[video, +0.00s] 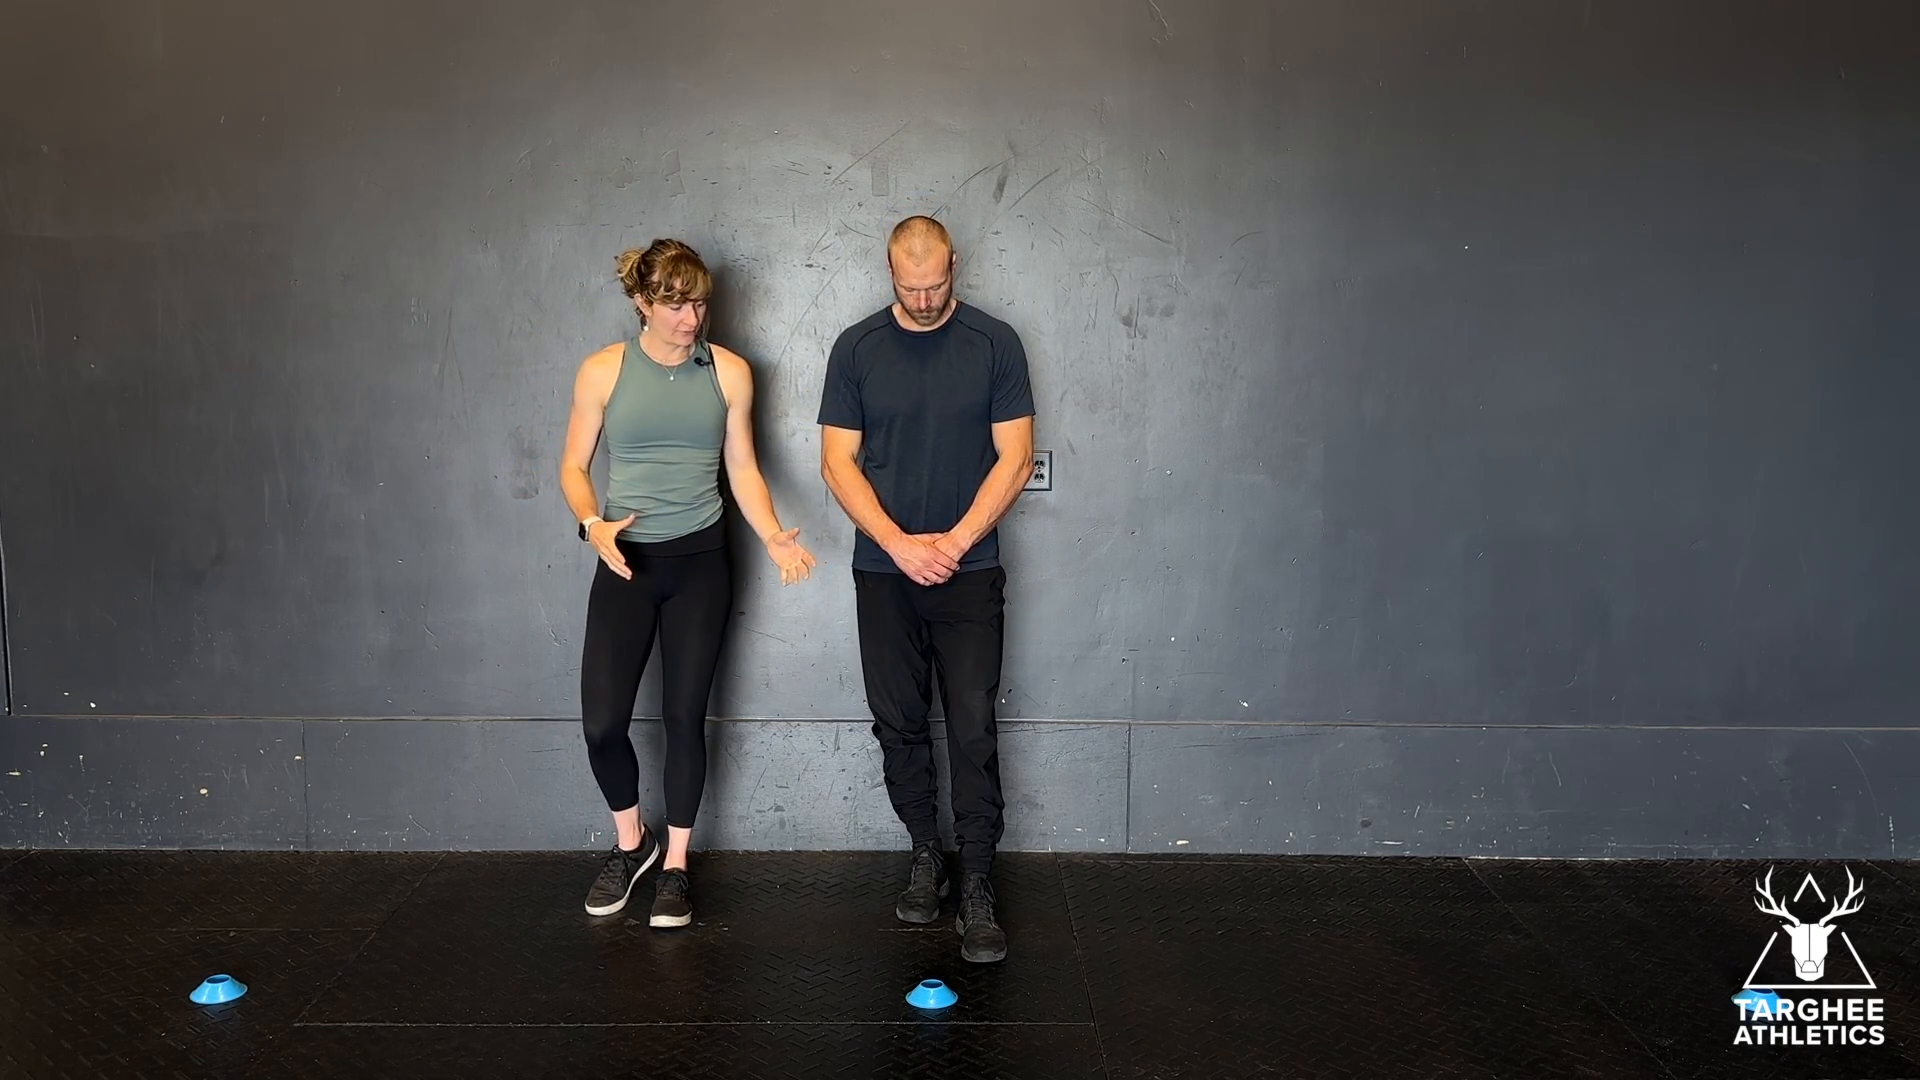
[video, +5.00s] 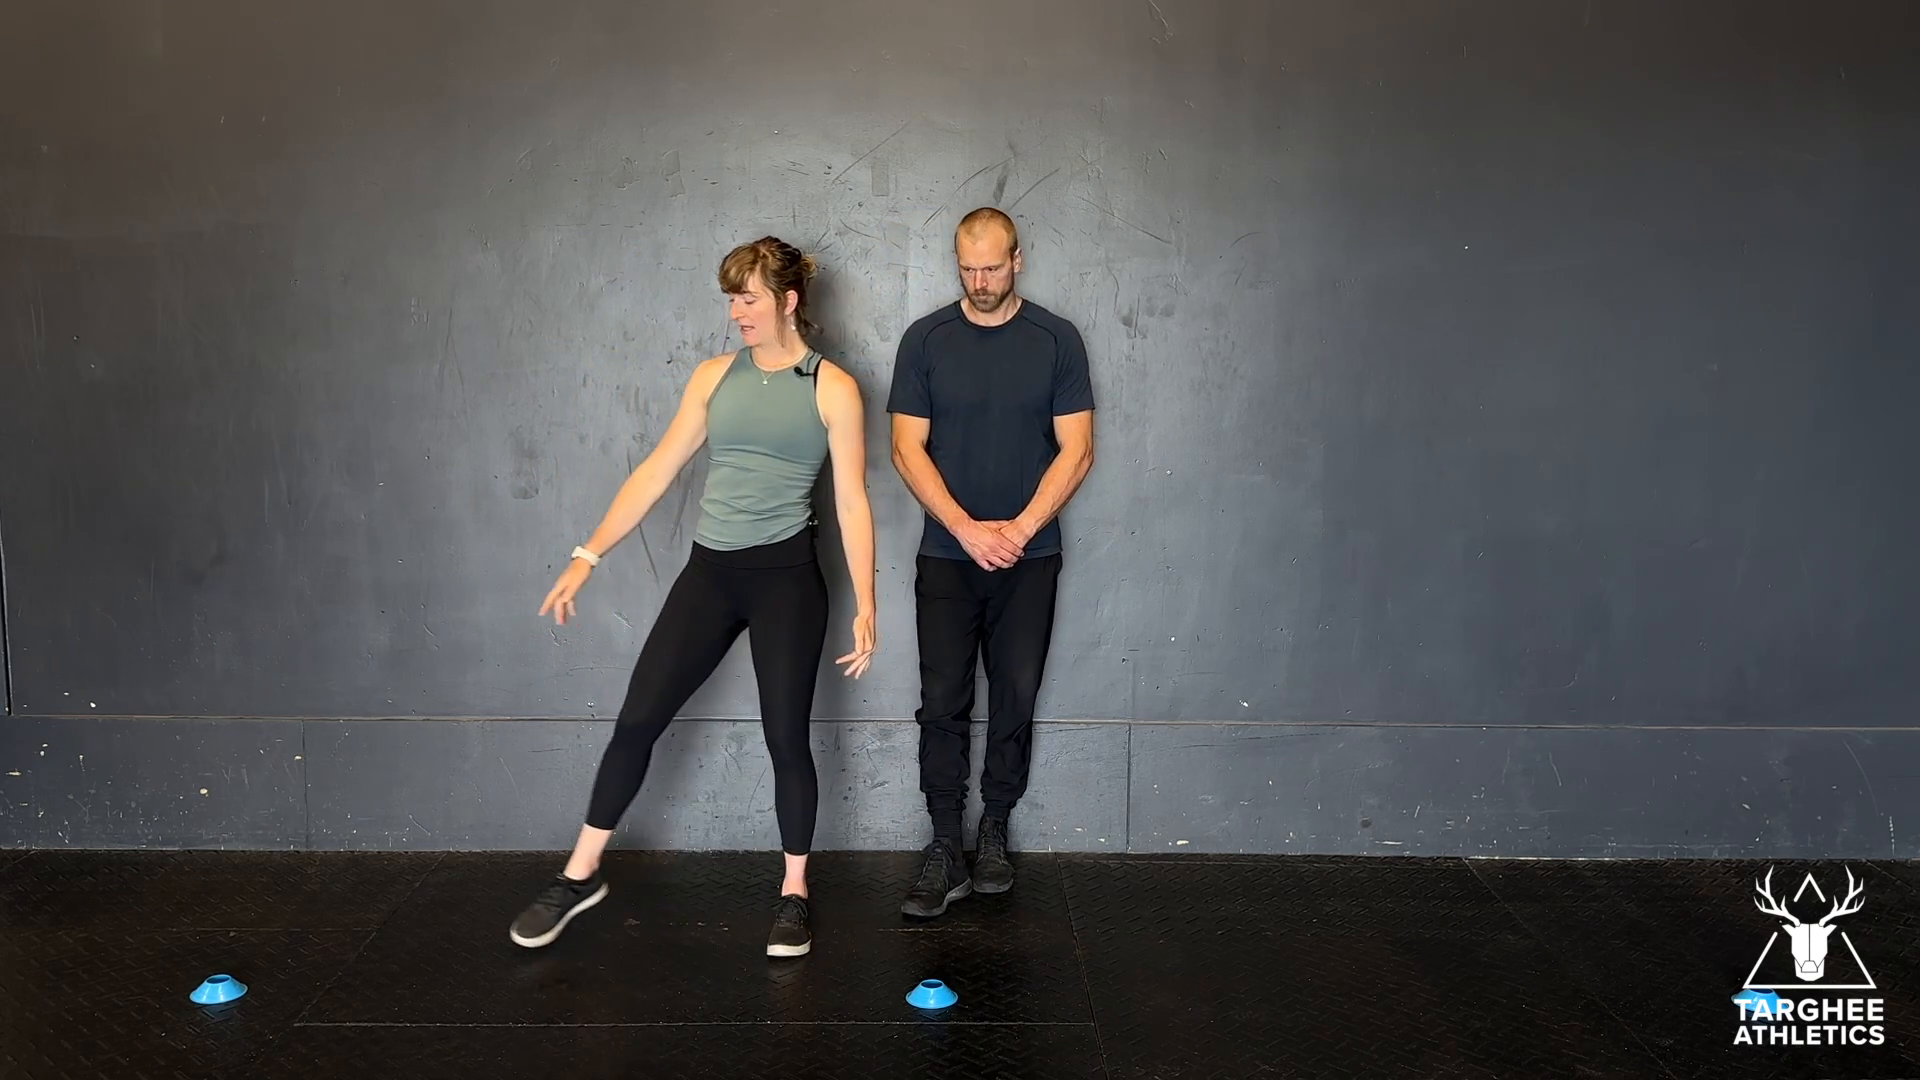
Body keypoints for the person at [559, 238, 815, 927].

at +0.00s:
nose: (691, 316)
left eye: (698, 303)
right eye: (677, 305)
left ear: (705, 300)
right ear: (644, 303)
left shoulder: (728, 371)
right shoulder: (604, 371)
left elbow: (743, 467)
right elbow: (573, 468)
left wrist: (775, 537)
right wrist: (592, 524)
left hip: (701, 560)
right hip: (623, 562)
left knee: (685, 714)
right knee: (602, 722)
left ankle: (675, 866)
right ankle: (633, 843)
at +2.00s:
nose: (664, 321)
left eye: (675, 308)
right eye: (651, 310)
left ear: (694, 303)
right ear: (635, 307)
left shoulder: (730, 375)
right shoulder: (607, 370)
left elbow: (751, 475)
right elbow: (567, 467)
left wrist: (773, 557)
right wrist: (538, 552)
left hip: (700, 561)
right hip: (623, 561)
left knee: (683, 714)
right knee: (602, 721)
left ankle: (675, 865)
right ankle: (631, 842)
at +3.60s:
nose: (690, 311)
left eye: (698, 297)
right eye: (674, 298)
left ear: (708, 300)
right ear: (645, 303)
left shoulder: (735, 378)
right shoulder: (611, 381)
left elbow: (755, 474)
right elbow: (581, 486)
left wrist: (788, 515)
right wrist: (592, 573)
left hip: (718, 568)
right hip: (639, 573)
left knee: (745, 724)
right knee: (639, 724)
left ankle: (780, 882)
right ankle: (636, 872)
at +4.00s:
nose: (747, 313)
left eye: (757, 299)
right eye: (732, 301)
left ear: (771, 302)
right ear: (708, 305)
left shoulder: (803, 380)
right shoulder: (680, 383)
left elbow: (826, 489)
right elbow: (663, 487)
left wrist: (856, 587)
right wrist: (662, 573)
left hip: (791, 570)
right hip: (710, 572)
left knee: (788, 733)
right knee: (675, 739)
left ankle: (795, 889)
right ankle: (660, 861)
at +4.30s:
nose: (773, 311)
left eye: (785, 297)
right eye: (759, 298)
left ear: (800, 300)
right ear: (738, 304)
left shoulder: (833, 381)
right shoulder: (707, 383)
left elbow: (852, 494)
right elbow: (685, 488)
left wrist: (881, 595)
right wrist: (673, 587)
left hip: (815, 574)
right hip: (735, 577)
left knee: (803, 731)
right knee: (735, 730)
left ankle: (796, 889)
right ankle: (764, 853)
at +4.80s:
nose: (751, 311)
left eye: (765, 298)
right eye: (747, 298)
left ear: (805, 302)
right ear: (746, 304)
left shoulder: (847, 388)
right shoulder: (727, 373)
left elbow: (864, 504)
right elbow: (688, 476)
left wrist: (876, 600)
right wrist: (647, 564)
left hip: (805, 574)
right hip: (725, 572)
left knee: (794, 737)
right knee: (676, 724)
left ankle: (793, 891)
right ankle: (671, 886)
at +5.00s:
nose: (735, 308)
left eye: (748, 296)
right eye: (731, 296)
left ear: (790, 299)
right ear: (734, 303)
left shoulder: (833, 388)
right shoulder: (715, 376)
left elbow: (852, 502)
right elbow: (655, 473)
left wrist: (866, 603)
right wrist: (586, 558)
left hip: (786, 574)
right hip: (710, 572)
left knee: (788, 736)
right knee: (639, 716)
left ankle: (794, 892)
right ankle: (580, 872)